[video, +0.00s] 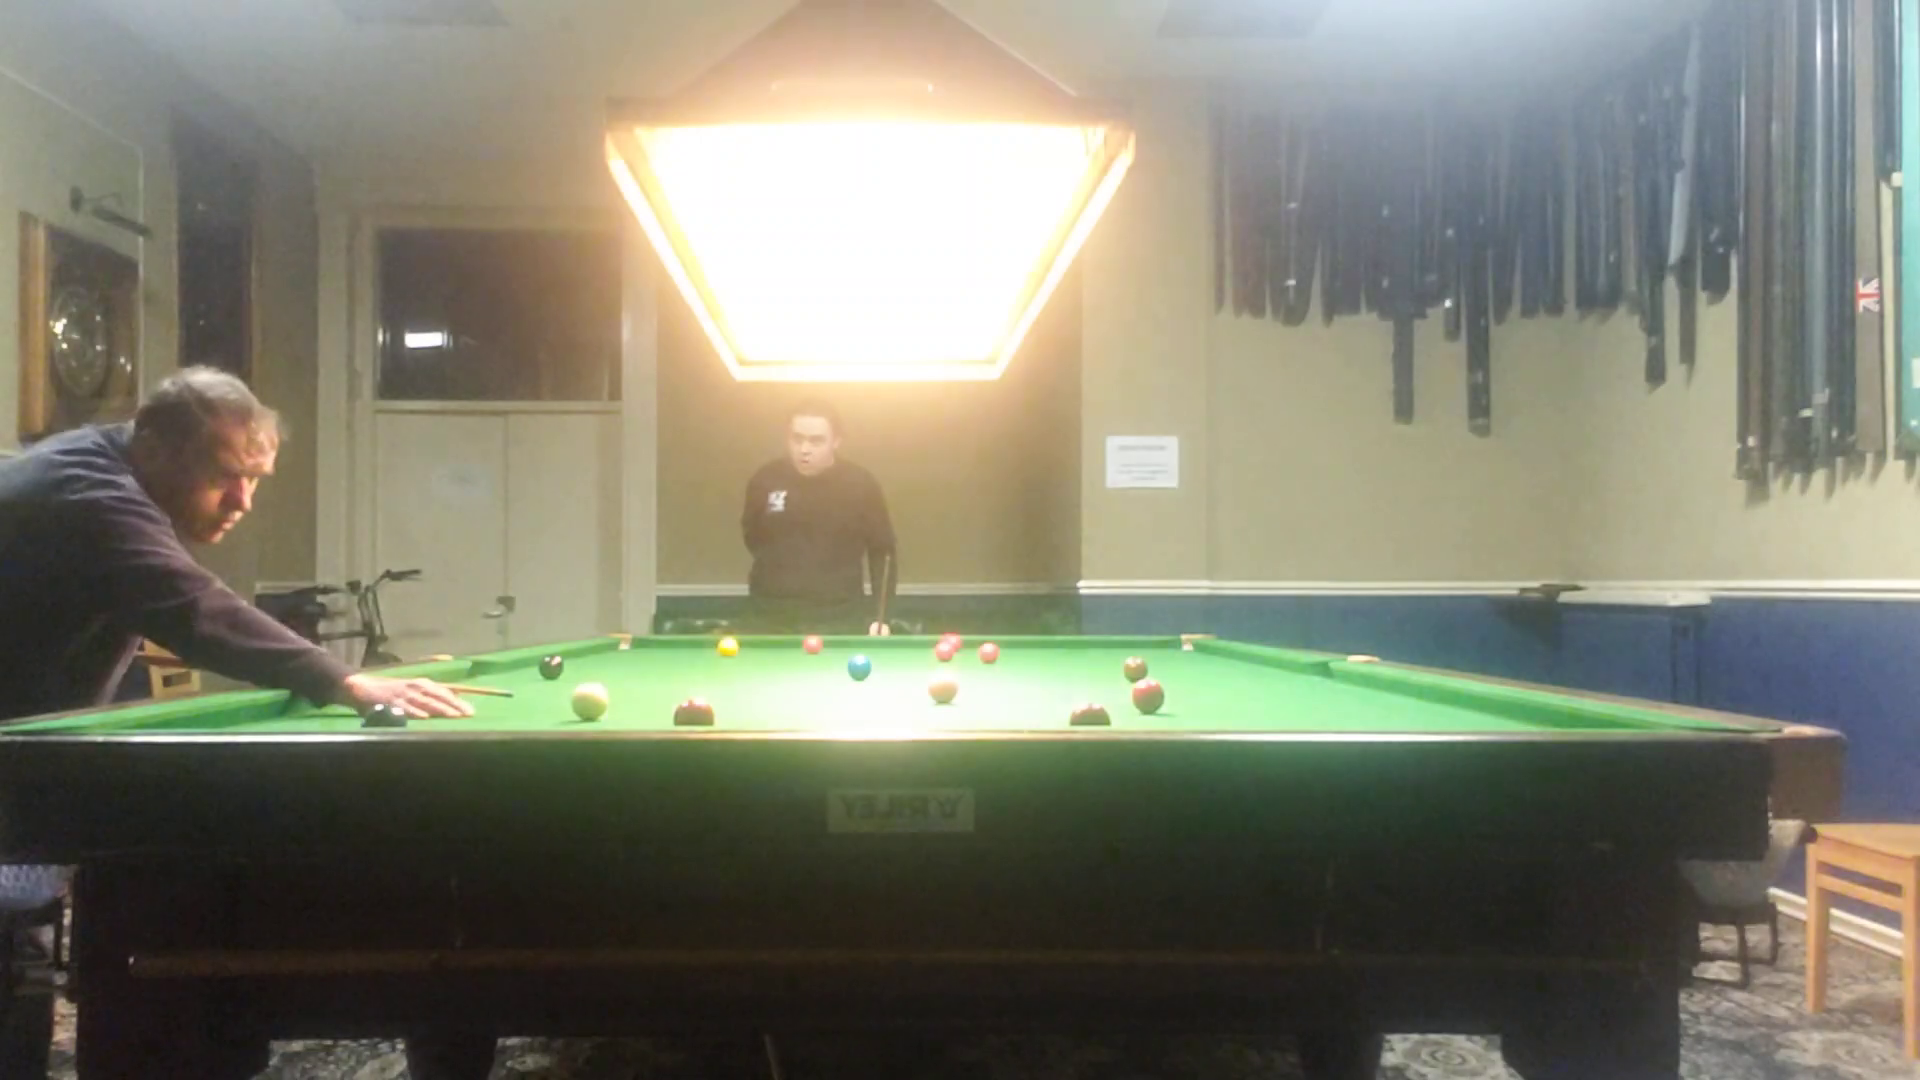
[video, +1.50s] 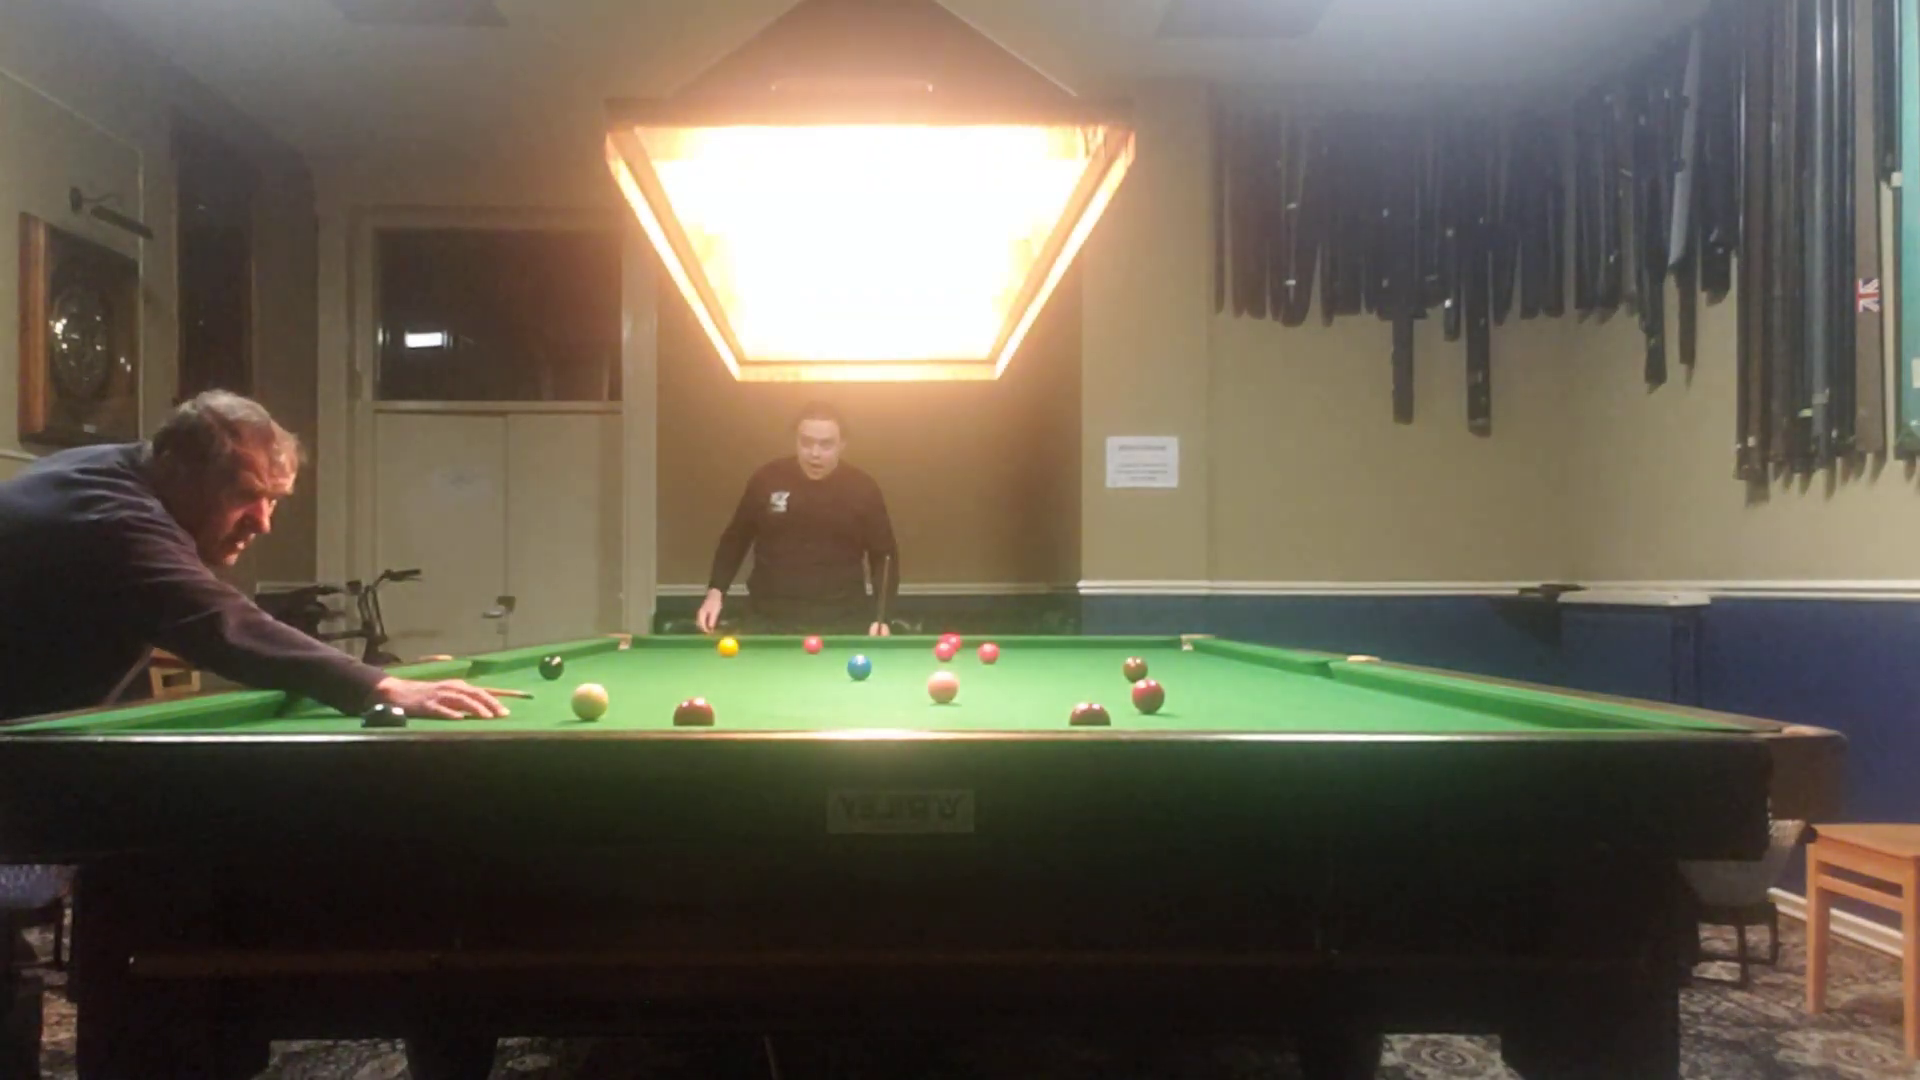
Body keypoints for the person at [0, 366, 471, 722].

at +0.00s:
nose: (244, 502)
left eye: (255, 481)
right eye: (228, 478)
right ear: (160, 451)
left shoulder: (113, 467)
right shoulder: (98, 500)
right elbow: (204, 613)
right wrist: (348, 683)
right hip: (16, 749)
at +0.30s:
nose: (255, 508)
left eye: (267, 487)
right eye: (240, 484)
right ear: (179, 464)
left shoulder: (124, 463)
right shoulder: (117, 516)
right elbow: (225, 626)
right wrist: (375, 688)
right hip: (18, 748)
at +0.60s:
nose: (260, 514)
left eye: (271, 494)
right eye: (245, 490)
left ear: (175, 463)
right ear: (178, 467)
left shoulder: (126, 470)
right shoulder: (118, 518)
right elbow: (231, 627)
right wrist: (384, 687)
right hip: (15, 731)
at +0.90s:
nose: (259, 518)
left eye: (269, 498)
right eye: (244, 493)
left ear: (172, 461)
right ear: (177, 464)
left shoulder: (114, 471)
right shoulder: (117, 519)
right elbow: (229, 628)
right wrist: (384, 687)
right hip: (15, 738)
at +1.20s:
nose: (258, 519)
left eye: (269, 500)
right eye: (243, 494)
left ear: (170, 466)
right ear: (176, 469)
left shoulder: (115, 471)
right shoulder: (114, 517)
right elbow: (228, 628)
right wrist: (384, 687)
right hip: (13, 732)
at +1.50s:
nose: (262, 524)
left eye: (272, 503)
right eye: (247, 498)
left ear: (177, 464)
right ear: (180, 467)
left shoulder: (124, 472)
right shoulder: (119, 521)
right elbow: (232, 630)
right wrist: (388, 687)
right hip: (14, 731)